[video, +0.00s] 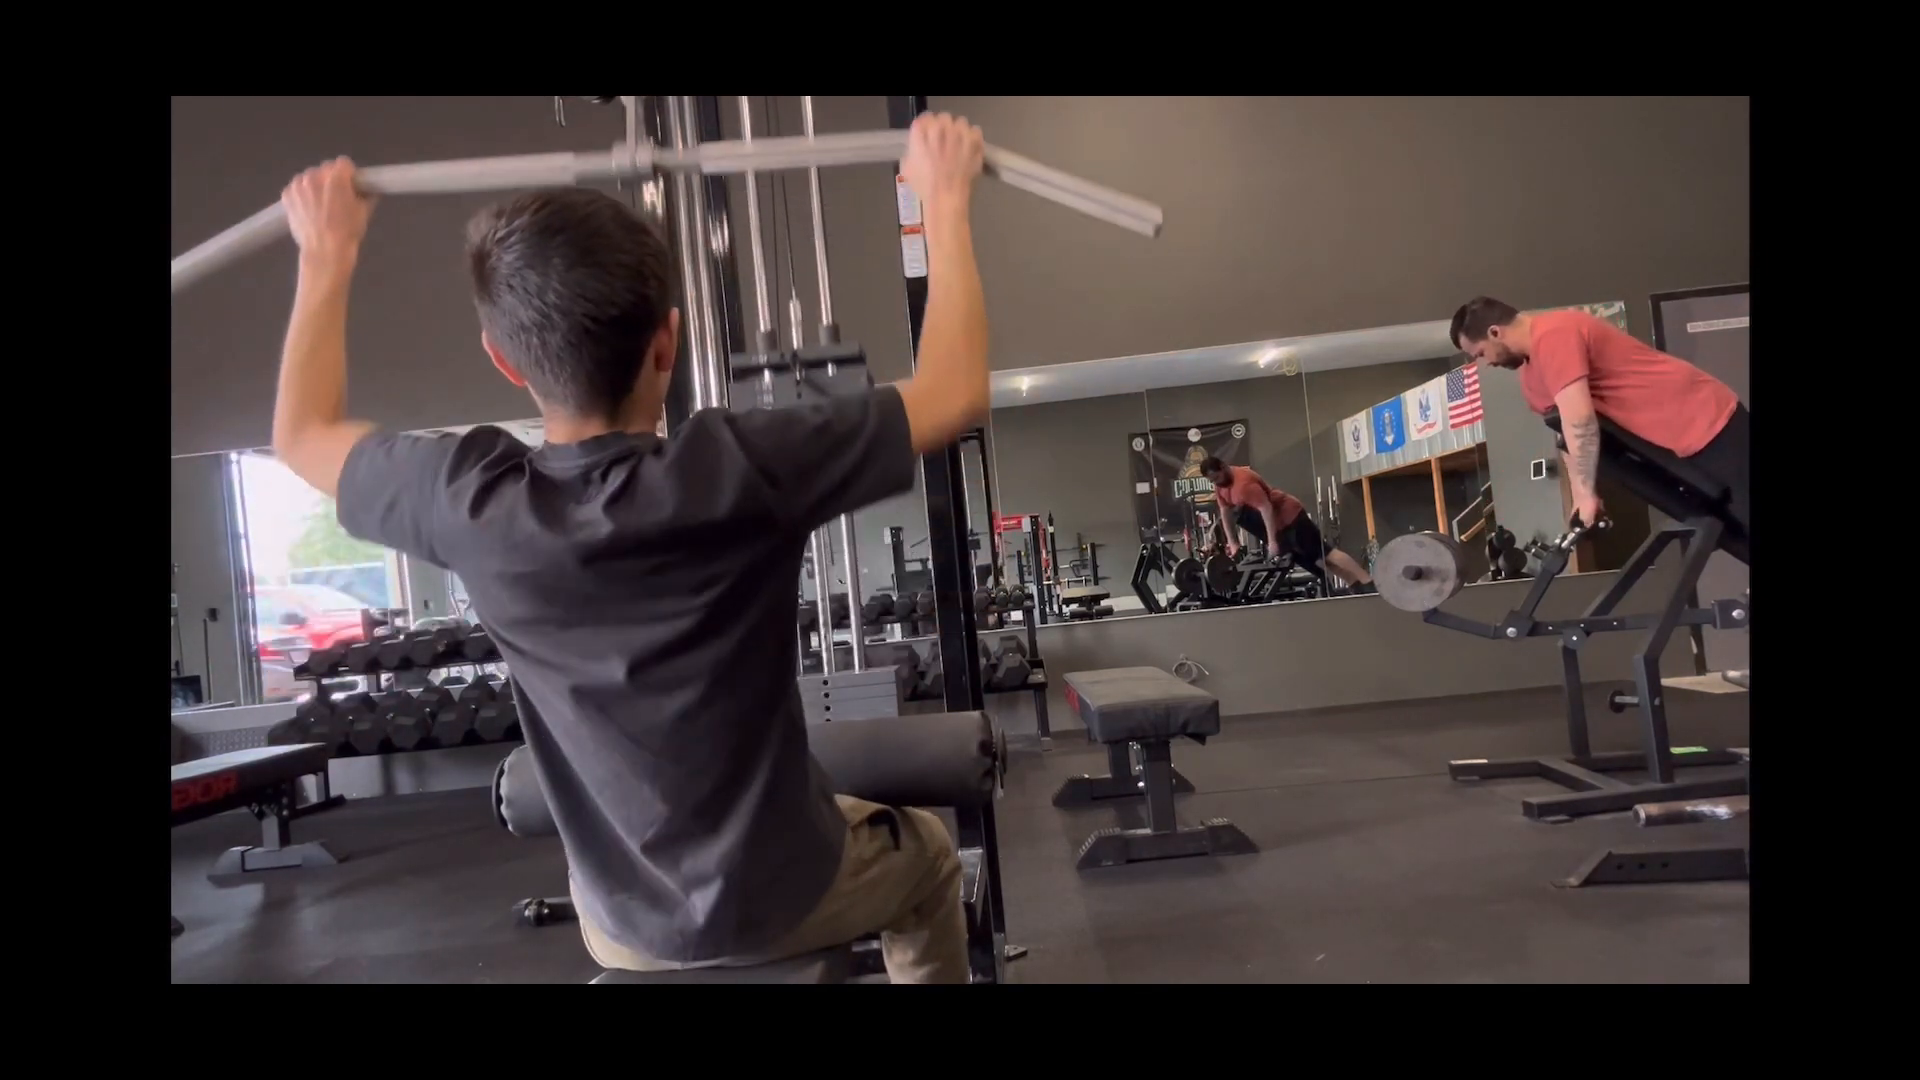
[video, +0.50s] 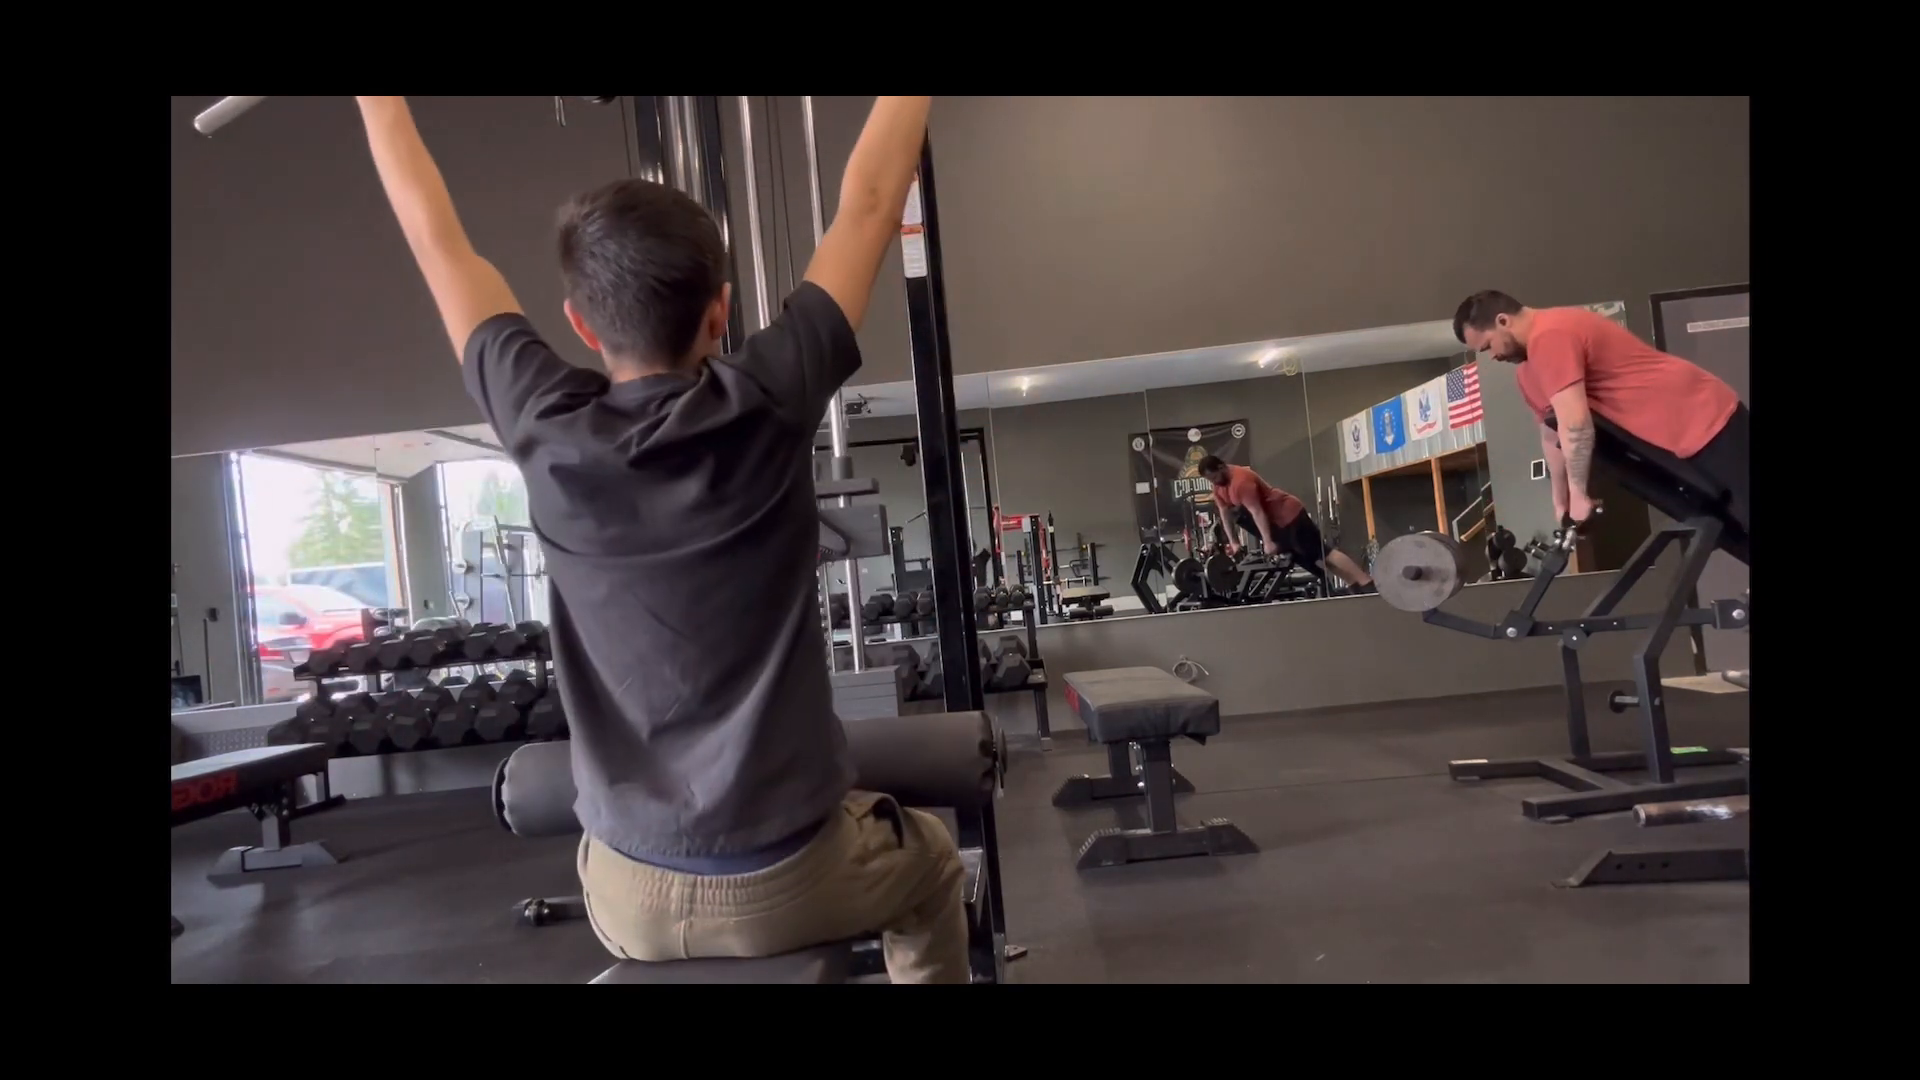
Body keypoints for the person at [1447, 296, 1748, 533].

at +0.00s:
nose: (1486, 364)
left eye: (1480, 354)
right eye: (1478, 358)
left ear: (1495, 332)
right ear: (1495, 336)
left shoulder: (1552, 335)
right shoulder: (1531, 377)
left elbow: (1582, 422)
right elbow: (1567, 439)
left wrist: (1584, 493)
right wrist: (1577, 498)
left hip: (1707, 420)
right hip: (1676, 446)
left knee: (1745, 520)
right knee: (1730, 530)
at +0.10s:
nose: (1487, 363)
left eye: (1480, 354)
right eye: (1479, 358)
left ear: (1496, 332)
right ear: (1497, 334)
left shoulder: (1548, 338)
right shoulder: (1530, 366)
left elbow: (1580, 427)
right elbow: (1562, 438)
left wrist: (1587, 498)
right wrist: (1572, 506)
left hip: (1708, 422)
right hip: (1680, 442)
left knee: (1744, 523)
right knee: (1731, 530)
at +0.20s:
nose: (1487, 363)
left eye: (1481, 353)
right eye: (1479, 357)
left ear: (1496, 331)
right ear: (1497, 334)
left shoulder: (1546, 339)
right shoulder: (1528, 373)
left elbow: (1576, 426)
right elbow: (1558, 442)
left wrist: (1585, 496)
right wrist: (1572, 505)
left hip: (1708, 422)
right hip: (1681, 444)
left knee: (1745, 519)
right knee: (1733, 529)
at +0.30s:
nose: (1487, 362)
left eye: (1481, 353)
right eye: (1479, 357)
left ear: (1497, 329)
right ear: (1497, 333)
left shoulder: (1547, 338)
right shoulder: (1527, 373)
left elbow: (1576, 425)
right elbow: (1556, 442)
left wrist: (1583, 494)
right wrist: (1570, 505)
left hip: (1708, 420)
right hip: (1680, 443)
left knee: (1745, 519)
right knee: (1733, 529)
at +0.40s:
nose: (1489, 359)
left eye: (1484, 348)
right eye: (1481, 354)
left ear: (1500, 323)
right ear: (1499, 326)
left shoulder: (1548, 337)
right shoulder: (1526, 372)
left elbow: (1577, 427)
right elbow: (1553, 438)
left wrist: (1582, 494)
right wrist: (1564, 503)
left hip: (1704, 418)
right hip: (1675, 443)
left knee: (1744, 521)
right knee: (1729, 531)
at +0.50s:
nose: (1492, 356)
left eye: (1487, 346)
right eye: (1483, 351)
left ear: (1503, 320)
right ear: (1502, 323)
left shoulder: (1549, 336)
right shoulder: (1526, 371)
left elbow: (1578, 427)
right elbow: (1553, 436)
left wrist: (1578, 494)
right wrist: (1561, 500)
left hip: (1706, 420)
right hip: (1677, 444)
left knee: (1744, 521)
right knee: (1730, 531)